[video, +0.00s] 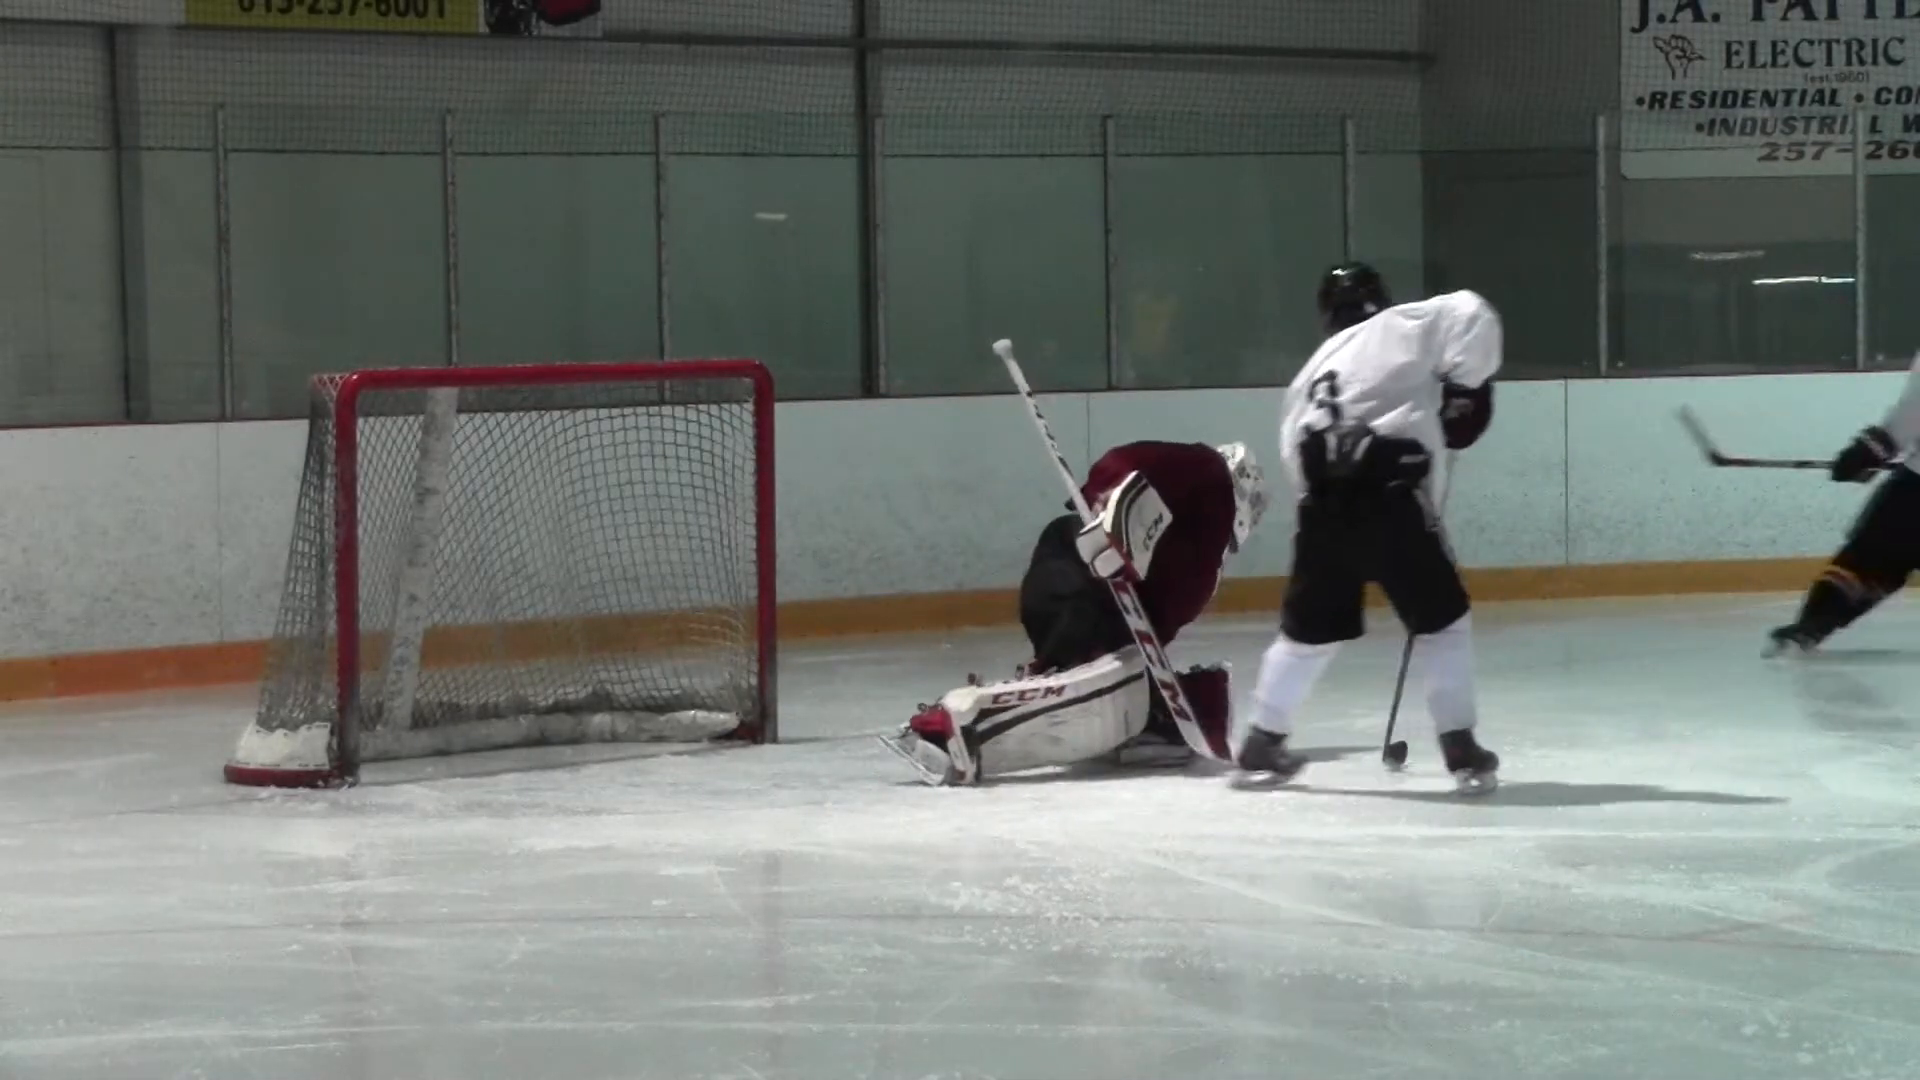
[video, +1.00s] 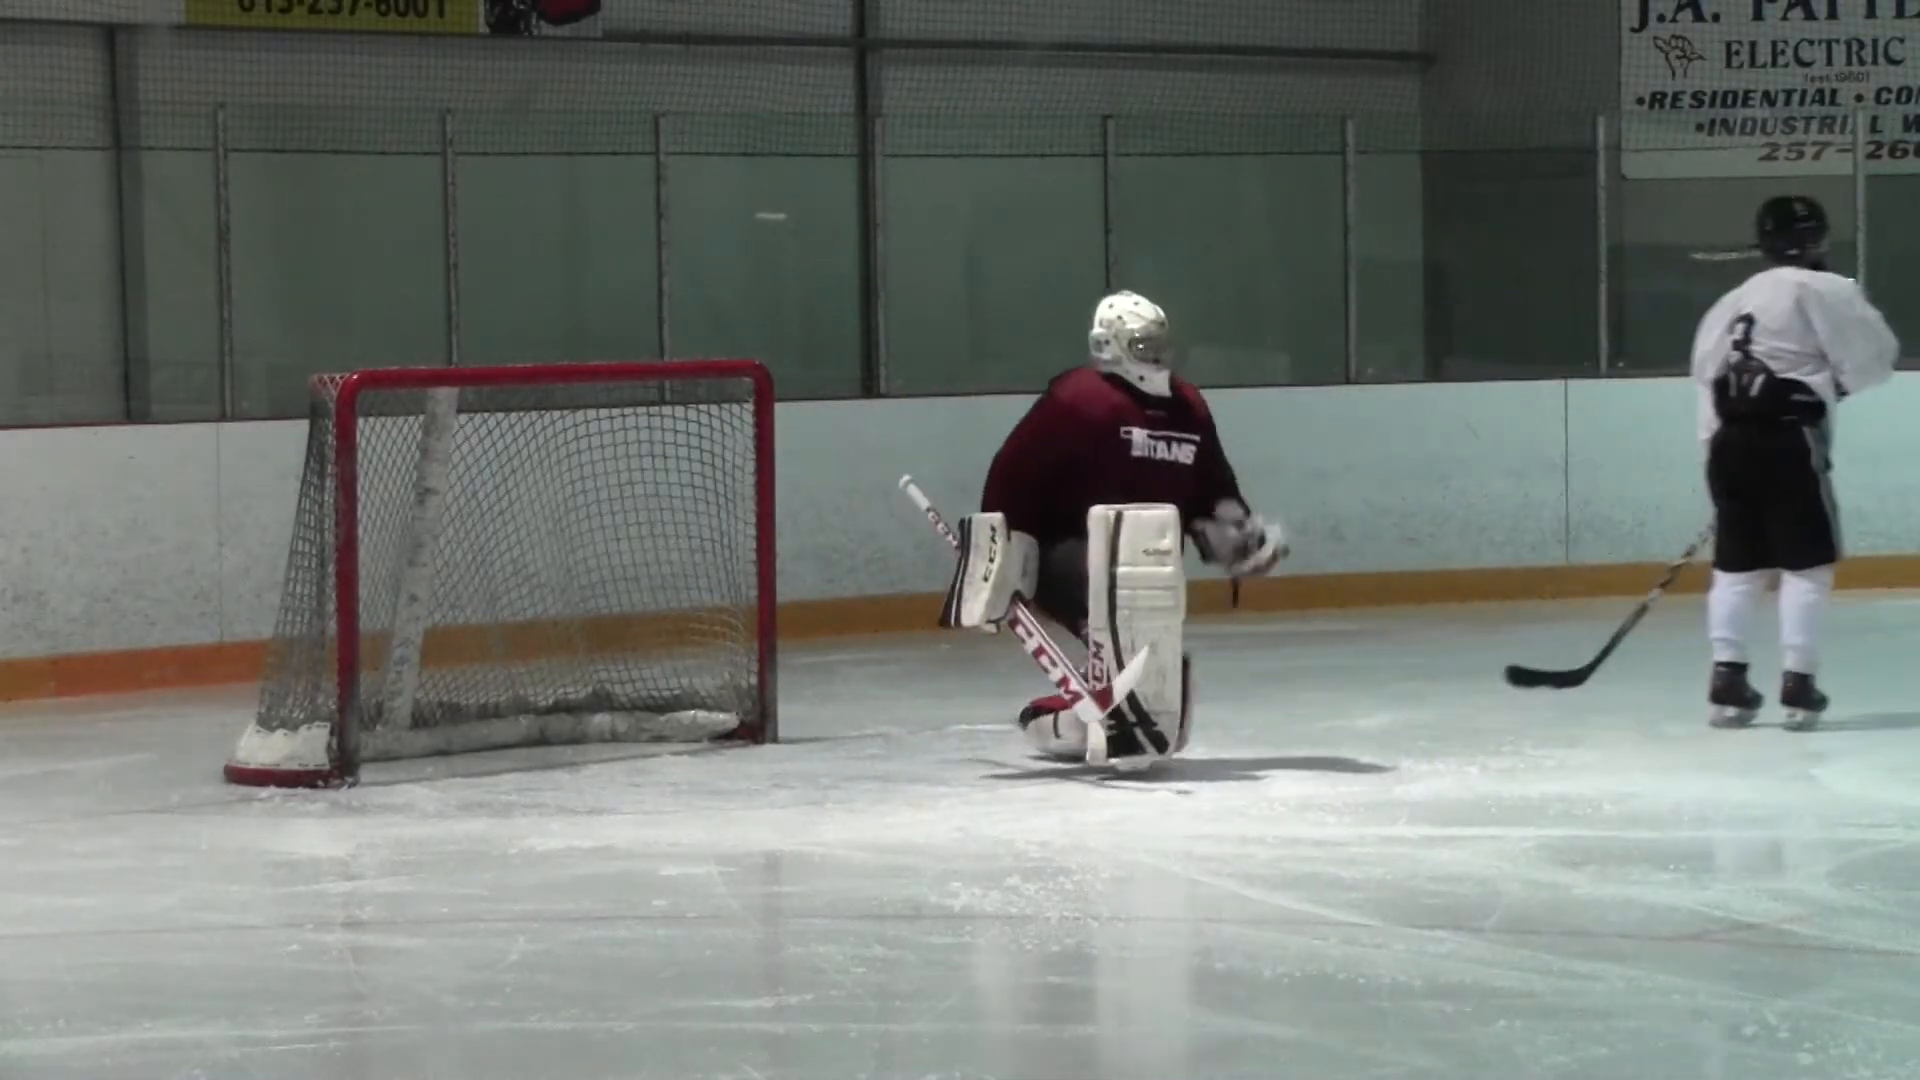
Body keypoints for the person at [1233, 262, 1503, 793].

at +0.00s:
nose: (1385, 305)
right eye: (1382, 299)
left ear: (1327, 315)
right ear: (1378, 299)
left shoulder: (1307, 375)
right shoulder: (1400, 323)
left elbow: (1296, 458)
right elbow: (1470, 309)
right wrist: (1467, 391)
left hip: (1325, 514)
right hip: (1391, 504)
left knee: (1308, 626)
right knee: (1443, 617)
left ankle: (1262, 739)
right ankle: (1458, 743)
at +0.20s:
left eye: (1421, 286)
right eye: (1456, 278)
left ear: (1410, 289)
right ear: (1461, 279)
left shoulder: (1391, 350)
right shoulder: (1488, 303)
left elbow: (1382, 434)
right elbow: (1568, 292)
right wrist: (1558, 370)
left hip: (1421, 486)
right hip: (1489, 477)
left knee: (1415, 606)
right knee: (1518, 602)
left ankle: (1388, 726)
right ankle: (1530, 730)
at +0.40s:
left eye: (1492, 268)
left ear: (1485, 273)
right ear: (1536, 260)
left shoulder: (1463, 336)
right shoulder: (1570, 289)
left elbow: (1465, 431)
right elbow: (1659, 297)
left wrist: (1487, 497)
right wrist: (1633, 363)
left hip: (1506, 467)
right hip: (1576, 458)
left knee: (1503, 594)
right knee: (1586, 593)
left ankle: (1488, 713)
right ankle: (1593, 714)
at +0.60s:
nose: (1614, 256)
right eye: (1615, 245)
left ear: (1569, 253)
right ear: (1620, 246)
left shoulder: (1544, 318)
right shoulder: (1649, 289)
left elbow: (1536, 412)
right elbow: (1733, 333)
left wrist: (1548, 487)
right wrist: (1688, 365)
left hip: (1577, 461)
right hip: (1644, 456)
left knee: (1580, 582)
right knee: (1652, 579)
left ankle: (1569, 699)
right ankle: (1655, 702)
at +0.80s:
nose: (1717, 247)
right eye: (1717, 239)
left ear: (1664, 245)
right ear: (1715, 242)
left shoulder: (1633, 308)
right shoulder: (1738, 291)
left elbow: (1616, 400)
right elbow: (1799, 353)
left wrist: (1623, 475)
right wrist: (1745, 363)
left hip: (1649, 457)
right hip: (1714, 454)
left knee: (1653, 574)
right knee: (1722, 573)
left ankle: (1645, 689)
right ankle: (1722, 693)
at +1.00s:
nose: (1821, 248)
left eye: (1817, 238)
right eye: (1819, 239)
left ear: (1764, 243)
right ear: (1813, 240)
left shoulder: (1728, 303)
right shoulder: (1823, 289)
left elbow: (1708, 395)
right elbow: (1876, 357)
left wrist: (1714, 466)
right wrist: (1822, 385)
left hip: (1729, 450)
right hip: (1789, 449)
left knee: (1735, 564)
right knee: (1806, 564)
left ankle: (1726, 679)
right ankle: (1798, 683)